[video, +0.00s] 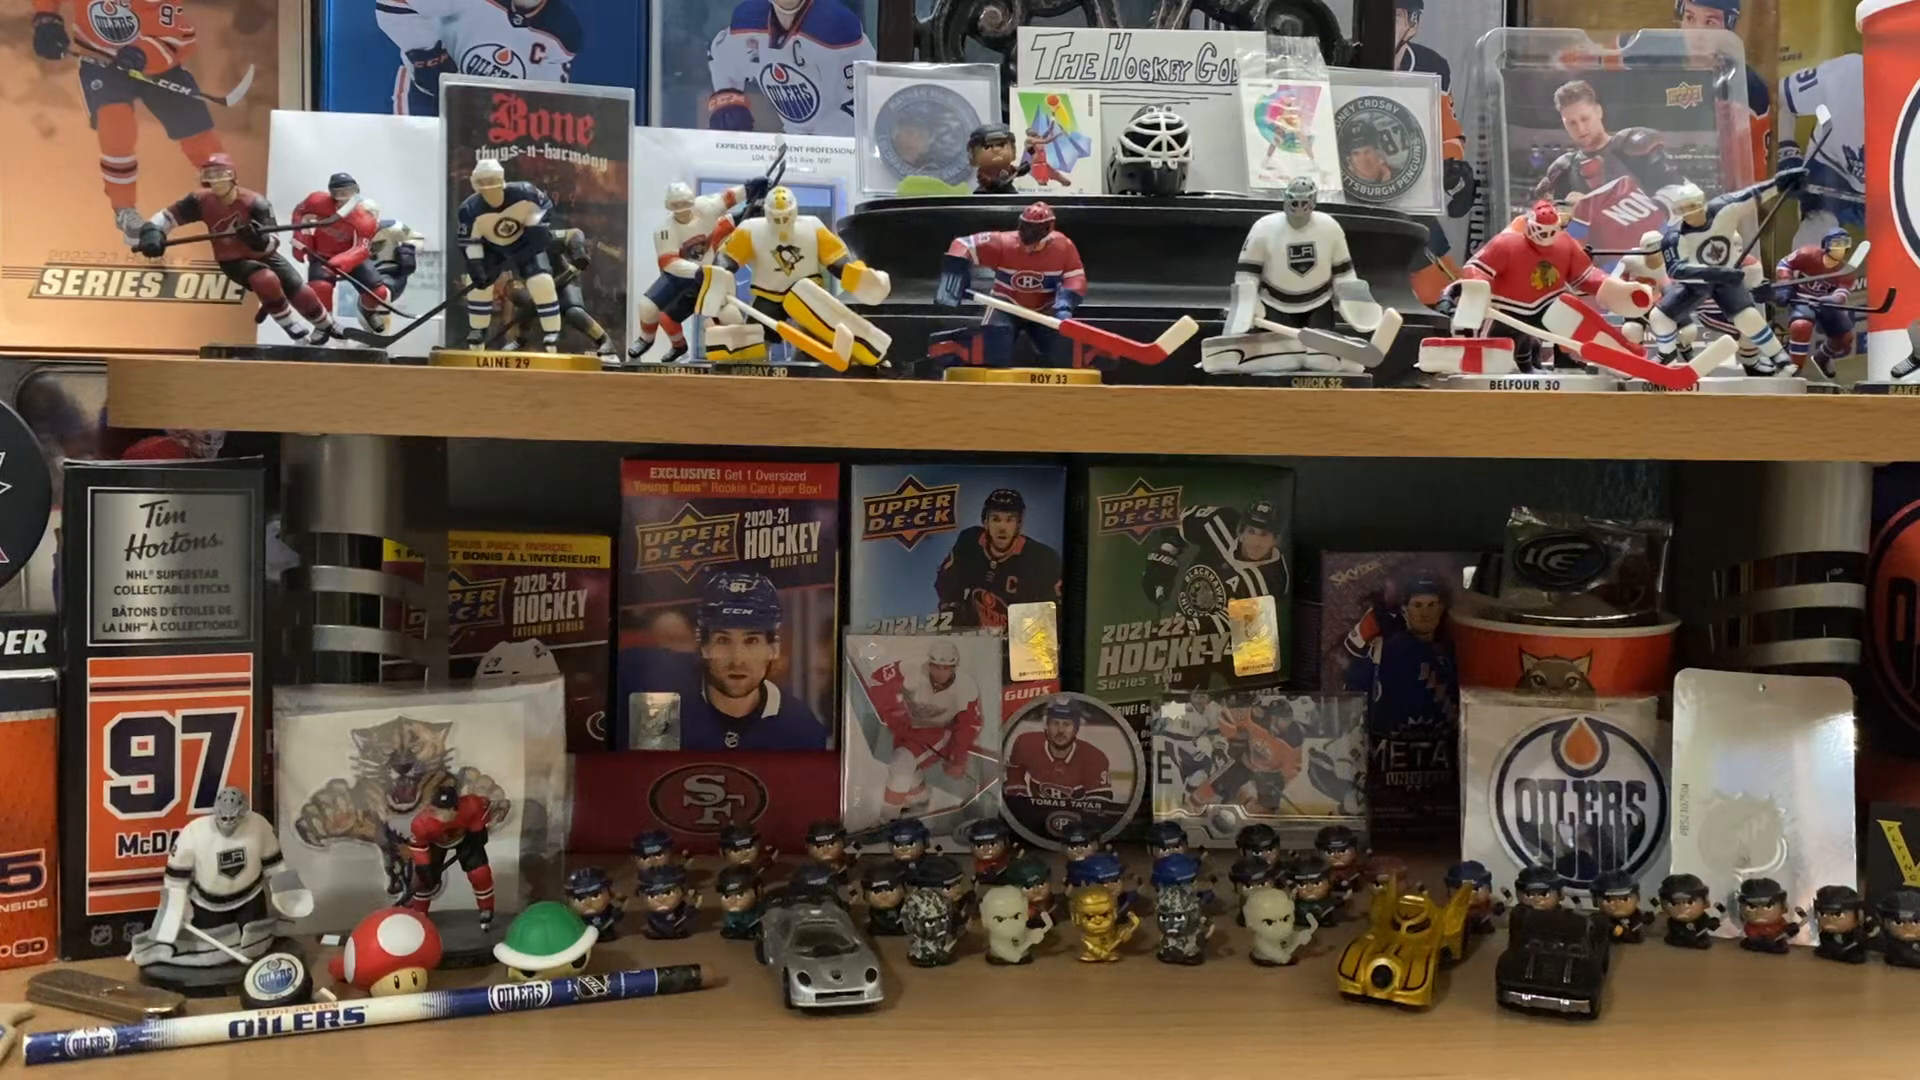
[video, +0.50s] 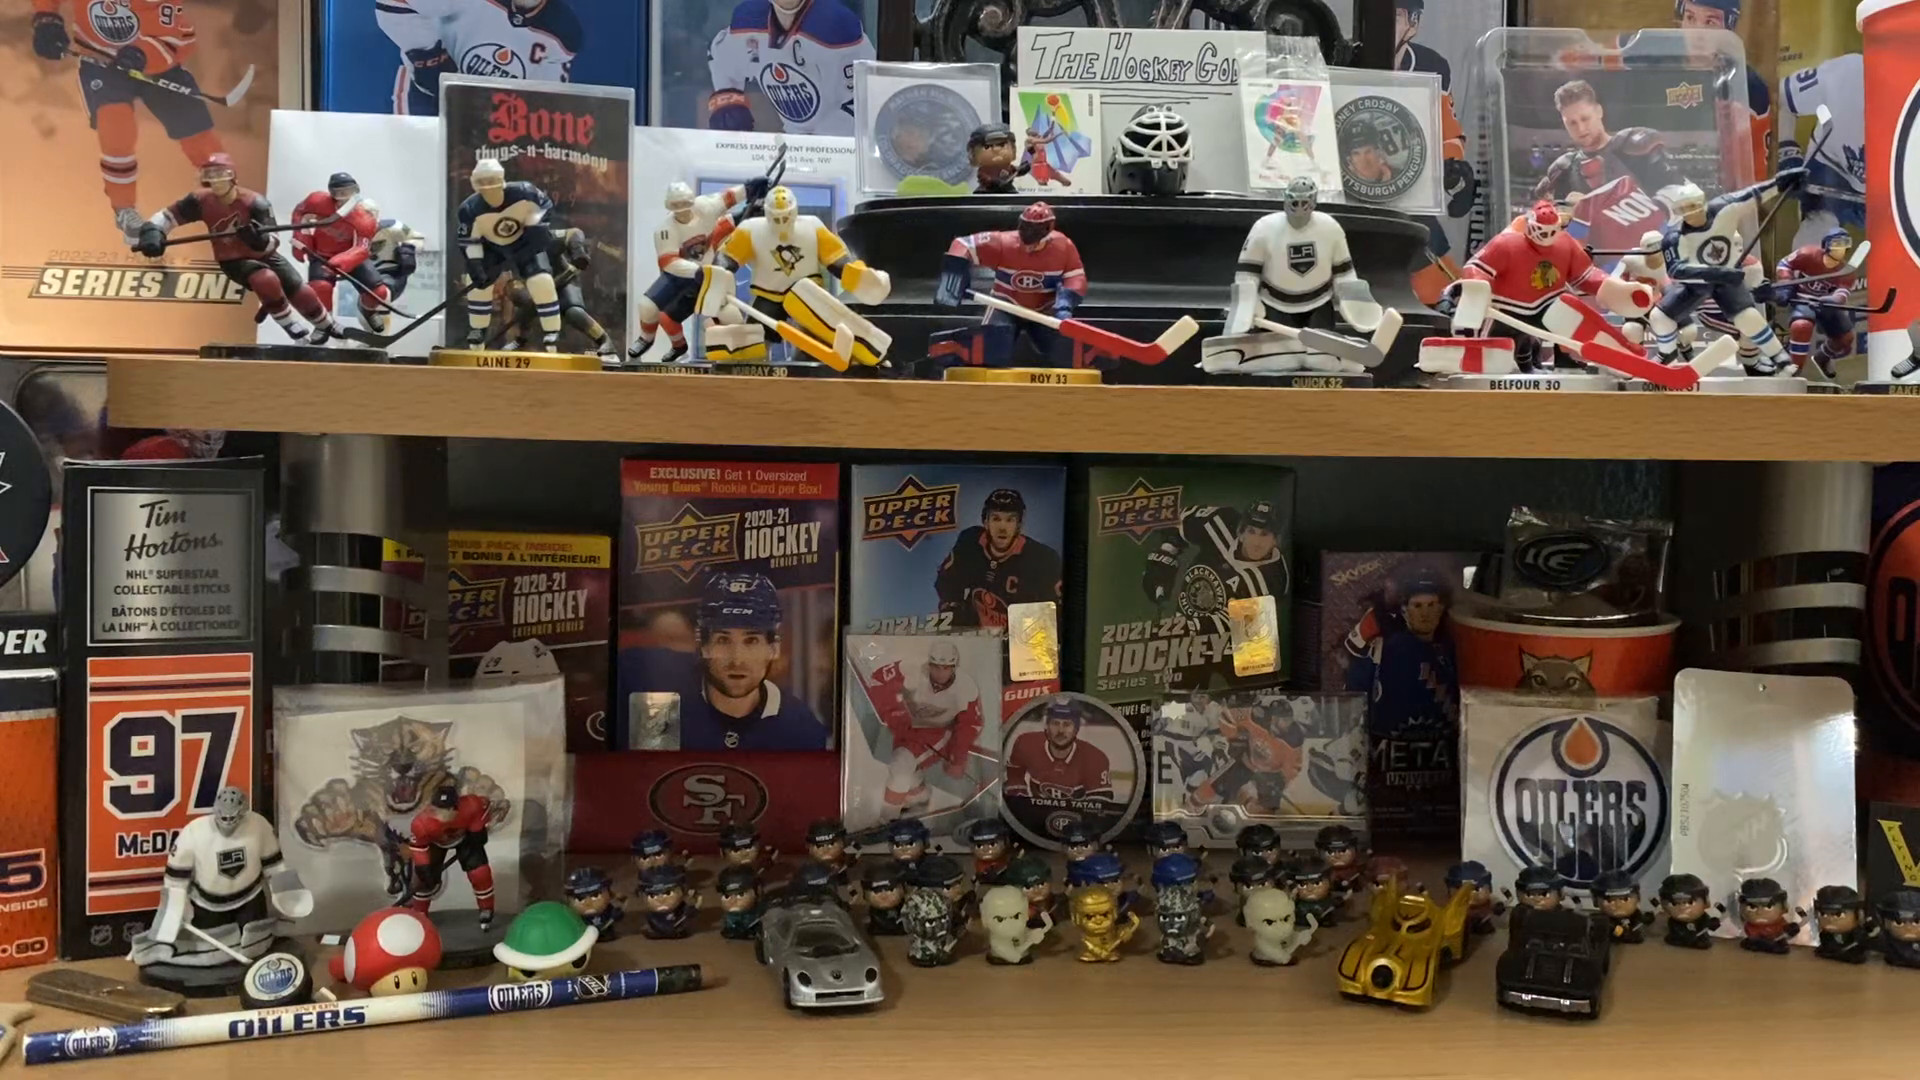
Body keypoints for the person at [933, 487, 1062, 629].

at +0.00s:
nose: (1003, 528)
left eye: (1009, 520)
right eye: (996, 520)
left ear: (1019, 524)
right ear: (985, 522)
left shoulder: (1043, 559)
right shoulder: (969, 541)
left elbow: (1050, 606)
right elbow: (946, 577)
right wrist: (950, 606)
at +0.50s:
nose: (1003, 527)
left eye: (1009, 520)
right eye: (996, 519)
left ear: (1019, 524)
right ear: (985, 522)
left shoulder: (1042, 559)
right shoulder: (969, 541)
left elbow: (1051, 605)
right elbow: (946, 577)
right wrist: (950, 606)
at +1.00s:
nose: (1002, 527)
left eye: (1009, 520)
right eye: (996, 520)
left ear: (1019, 524)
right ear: (985, 522)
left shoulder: (1042, 559)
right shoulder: (969, 541)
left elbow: (1051, 604)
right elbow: (946, 577)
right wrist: (950, 607)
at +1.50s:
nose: (1003, 527)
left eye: (1009, 520)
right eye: (996, 519)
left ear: (1019, 524)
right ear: (986, 522)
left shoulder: (1043, 559)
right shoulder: (969, 541)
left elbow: (1051, 604)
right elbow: (945, 578)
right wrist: (951, 607)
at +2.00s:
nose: (1002, 527)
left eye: (1009, 520)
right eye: (996, 519)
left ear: (1019, 523)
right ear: (986, 522)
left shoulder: (1043, 559)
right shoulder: (969, 541)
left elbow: (1051, 604)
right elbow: (946, 577)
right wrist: (950, 608)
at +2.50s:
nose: (1003, 527)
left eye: (1010, 520)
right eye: (996, 519)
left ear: (1019, 524)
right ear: (985, 522)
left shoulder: (1042, 558)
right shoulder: (969, 541)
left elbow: (1051, 604)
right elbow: (946, 576)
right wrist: (950, 607)